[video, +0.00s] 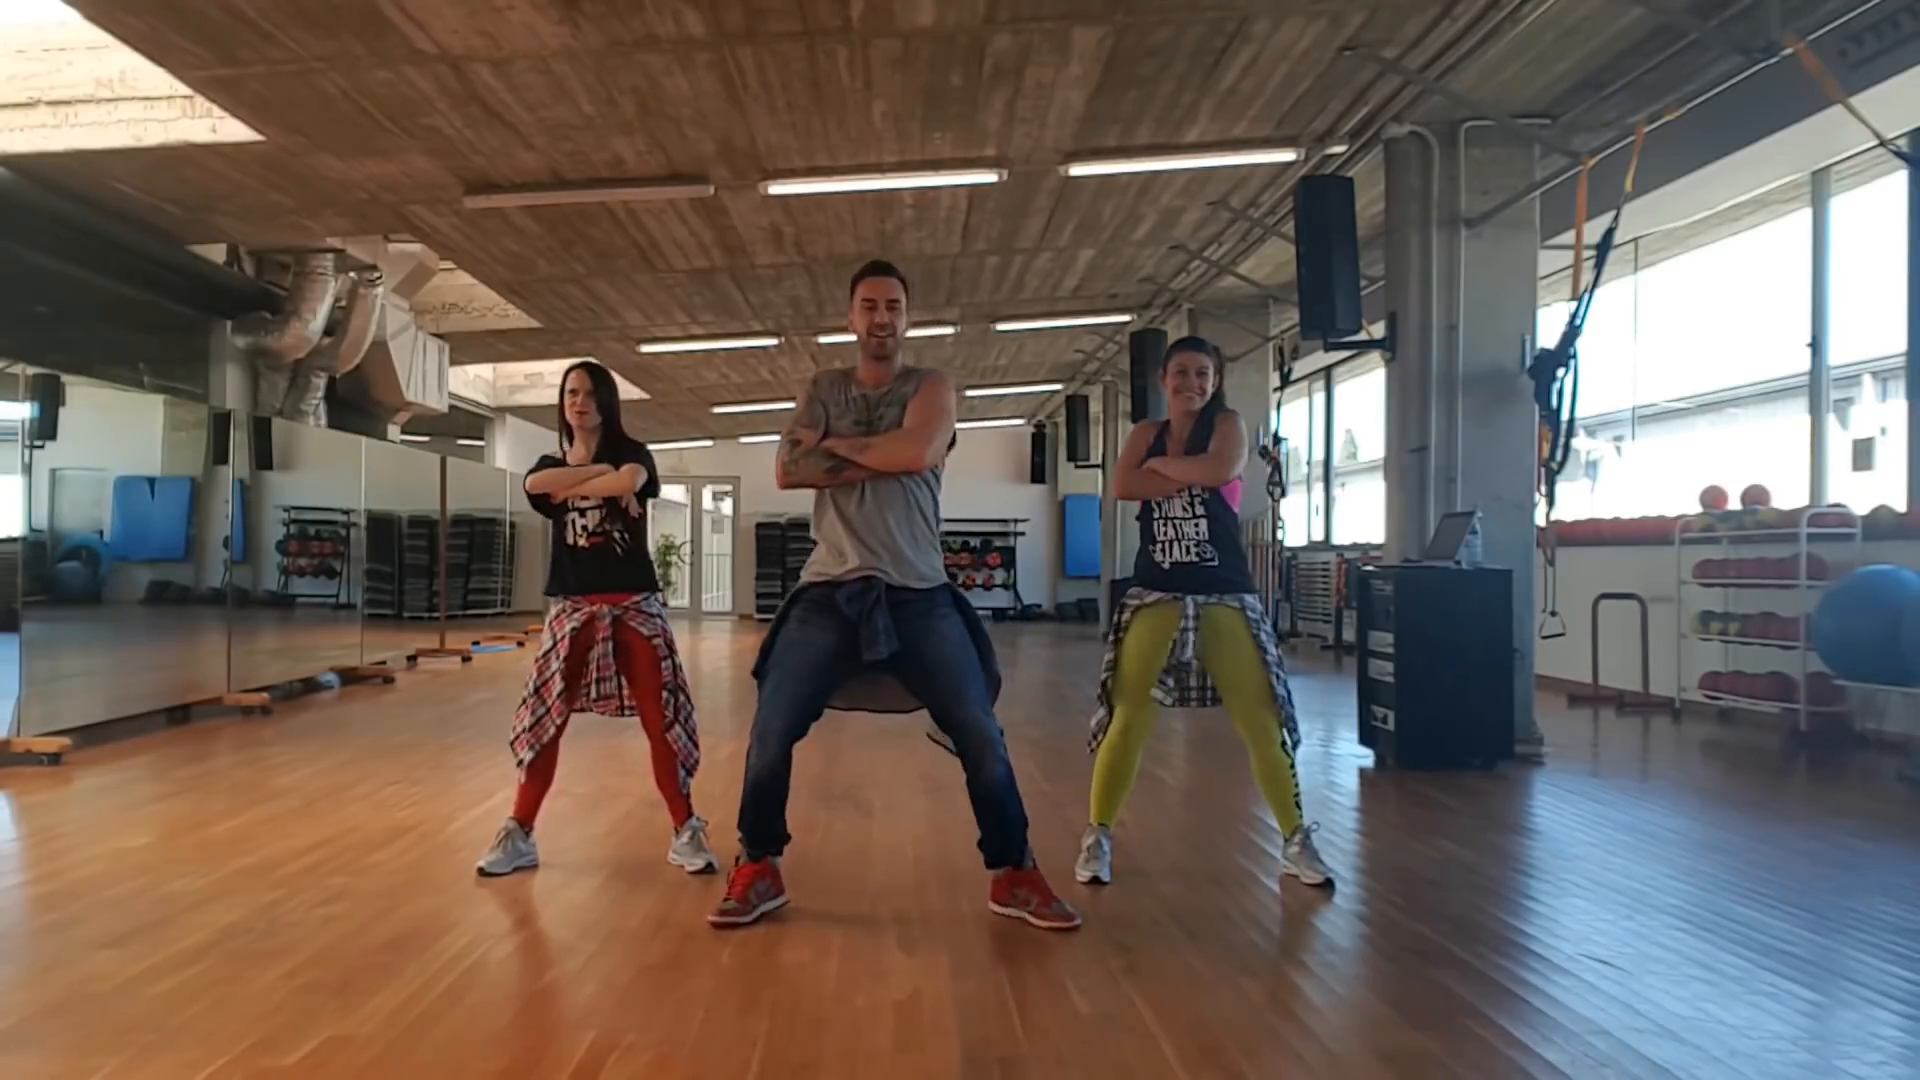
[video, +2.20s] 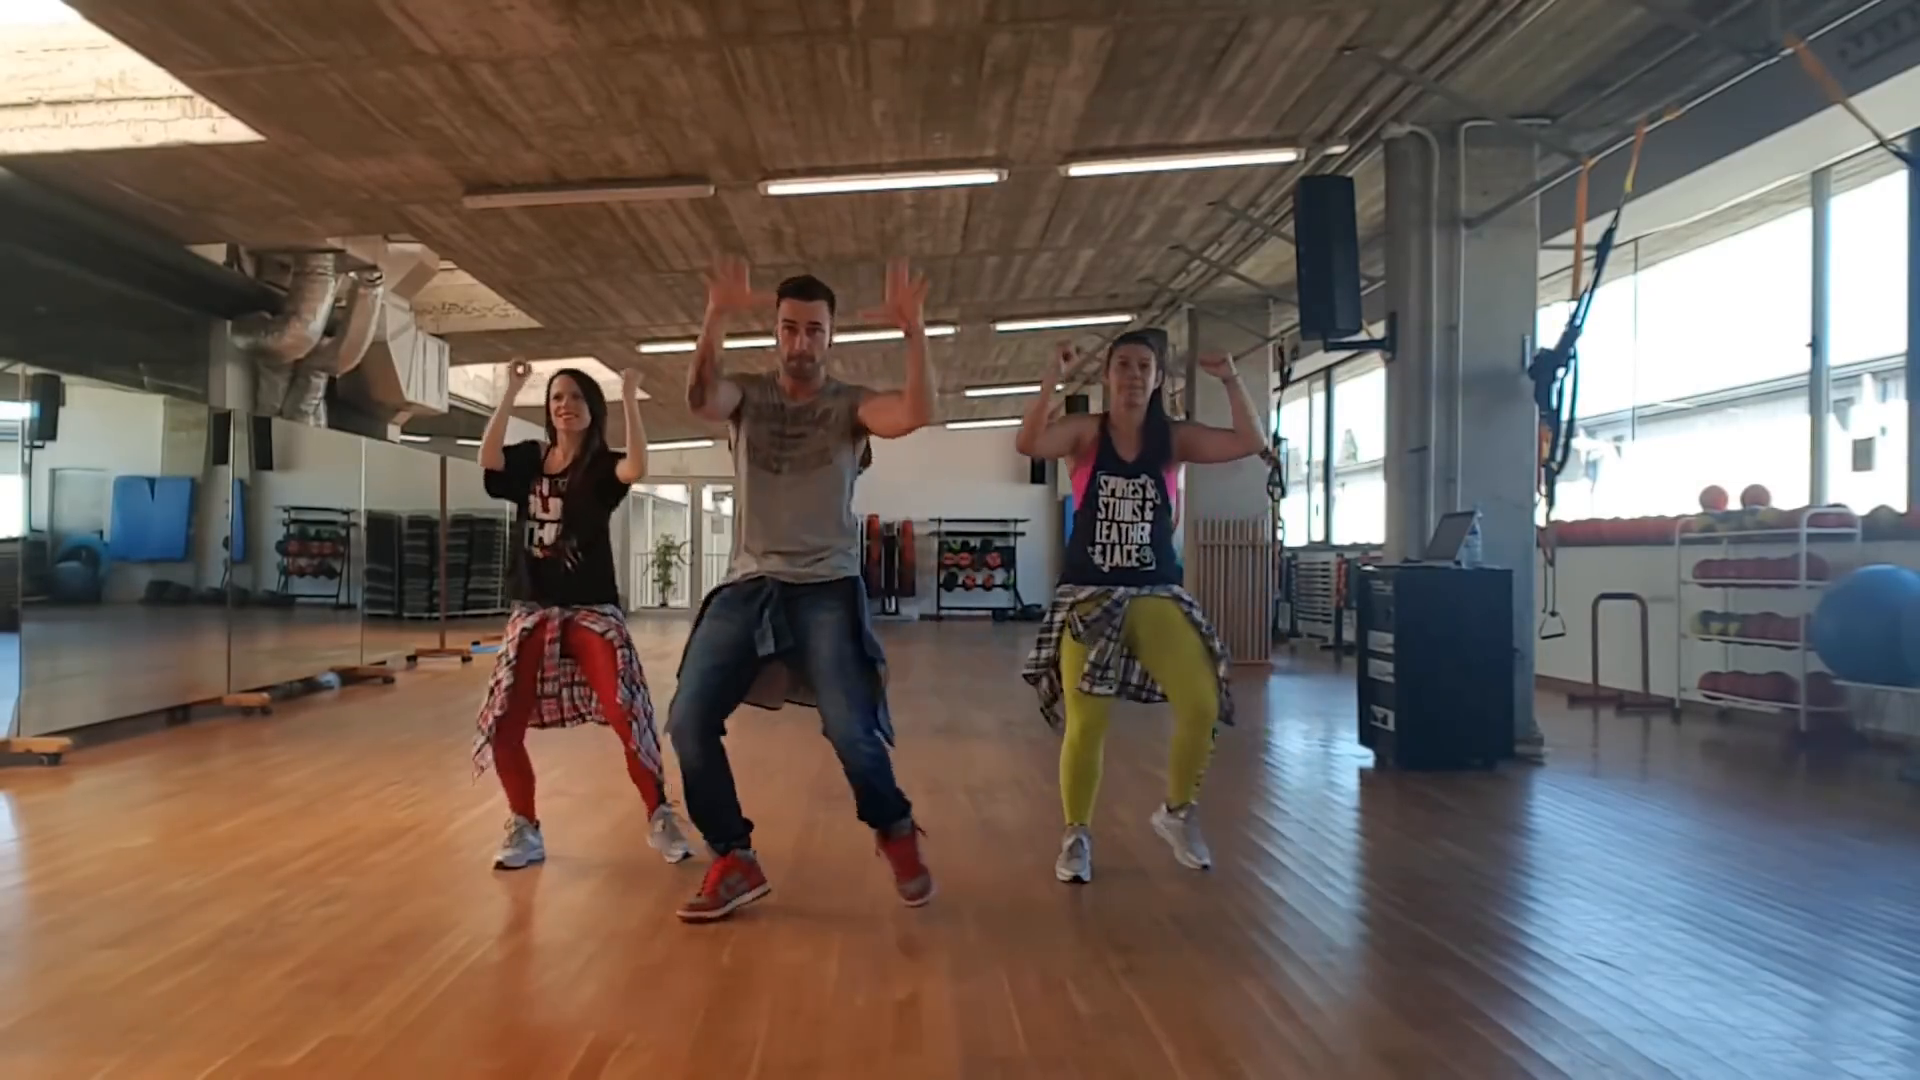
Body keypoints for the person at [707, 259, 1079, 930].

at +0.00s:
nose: (880, 317)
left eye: (891, 306)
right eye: (868, 305)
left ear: (907, 317)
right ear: (849, 315)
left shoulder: (930, 386)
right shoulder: (823, 390)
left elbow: (918, 453)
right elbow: (788, 472)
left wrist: (827, 442)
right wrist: (877, 458)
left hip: (918, 591)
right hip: (828, 589)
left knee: (978, 730)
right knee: (770, 730)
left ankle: (1013, 874)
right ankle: (758, 869)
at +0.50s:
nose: (909, 309)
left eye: (920, 301)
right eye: (897, 301)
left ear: (937, 321)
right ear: (878, 321)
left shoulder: (963, 396)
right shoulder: (853, 392)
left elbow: (977, 476)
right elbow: (835, 480)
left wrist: (882, 458)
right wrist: (931, 488)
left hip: (954, 592)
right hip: (866, 592)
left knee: (1005, 727)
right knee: (809, 731)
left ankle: (1025, 873)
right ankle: (775, 872)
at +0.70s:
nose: (914, 316)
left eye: (925, 307)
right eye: (903, 307)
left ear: (942, 325)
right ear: (883, 326)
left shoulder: (970, 398)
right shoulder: (855, 397)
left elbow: (1028, 461)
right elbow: (816, 470)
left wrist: (975, 448)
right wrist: (859, 480)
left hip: (955, 592)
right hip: (866, 591)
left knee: (1006, 730)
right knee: (810, 726)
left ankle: (1025, 873)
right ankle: (775, 871)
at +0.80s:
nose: (912, 314)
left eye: (923, 305)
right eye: (901, 305)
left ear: (940, 320)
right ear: (882, 321)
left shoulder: (964, 393)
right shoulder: (858, 391)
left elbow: (1012, 458)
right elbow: (819, 457)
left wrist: (994, 379)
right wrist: (842, 380)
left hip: (952, 588)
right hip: (864, 585)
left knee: (1005, 729)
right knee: (809, 723)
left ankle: (1025, 873)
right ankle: (773, 871)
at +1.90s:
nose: (852, 364)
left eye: (865, 352)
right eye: (842, 351)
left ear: (880, 358)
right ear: (826, 357)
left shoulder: (900, 431)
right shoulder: (807, 424)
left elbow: (957, 467)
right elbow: (782, 460)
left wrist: (958, 380)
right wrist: (797, 377)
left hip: (873, 621)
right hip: (801, 620)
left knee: (934, 757)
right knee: (708, 721)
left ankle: (1055, 854)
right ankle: (748, 871)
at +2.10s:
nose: (810, 353)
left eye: (823, 341)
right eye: (799, 339)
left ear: (840, 348)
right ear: (783, 344)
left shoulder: (855, 421)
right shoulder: (756, 410)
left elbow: (912, 451)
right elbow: (713, 431)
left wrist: (916, 357)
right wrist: (734, 343)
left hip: (833, 598)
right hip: (758, 597)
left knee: (893, 738)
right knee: (685, 727)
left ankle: (980, 846)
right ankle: (745, 869)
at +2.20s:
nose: (800, 343)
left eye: (812, 331)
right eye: (789, 330)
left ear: (831, 337)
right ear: (775, 334)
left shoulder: (849, 405)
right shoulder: (747, 396)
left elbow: (914, 413)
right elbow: (701, 397)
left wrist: (913, 330)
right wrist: (716, 318)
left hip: (827, 582)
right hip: (747, 581)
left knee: (849, 727)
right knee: (688, 720)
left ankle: (897, 835)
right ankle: (735, 859)